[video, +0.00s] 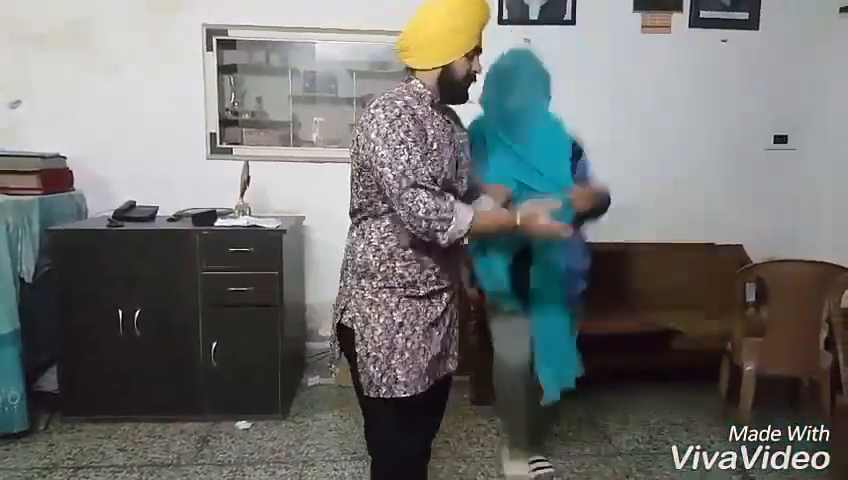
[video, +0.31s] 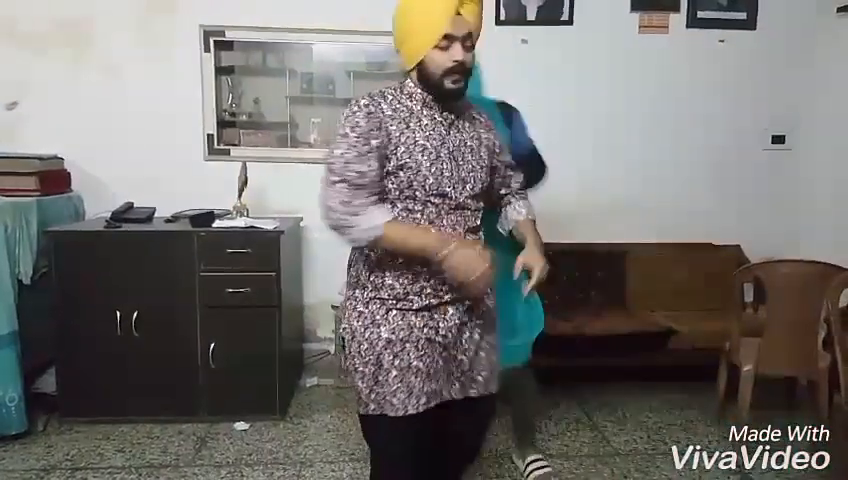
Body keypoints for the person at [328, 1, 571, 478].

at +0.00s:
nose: (479, 68)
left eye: (479, 56)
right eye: (473, 55)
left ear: (442, 57)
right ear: (444, 56)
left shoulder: (452, 126)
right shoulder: (391, 114)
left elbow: (454, 195)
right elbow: (419, 211)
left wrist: (489, 199)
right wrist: (512, 222)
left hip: (434, 298)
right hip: (385, 303)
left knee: (419, 442)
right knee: (398, 451)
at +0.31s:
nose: (461, 55)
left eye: (469, 43)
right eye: (447, 42)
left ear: (476, 47)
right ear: (415, 44)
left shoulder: (480, 123)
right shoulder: (373, 115)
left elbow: (509, 191)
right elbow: (343, 208)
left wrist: (532, 243)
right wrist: (443, 245)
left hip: (470, 323)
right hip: (394, 323)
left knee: (457, 456)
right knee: (402, 463)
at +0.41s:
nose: (447, 53)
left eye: (458, 40)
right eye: (431, 40)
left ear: (472, 48)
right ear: (409, 48)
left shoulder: (488, 121)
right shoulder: (374, 116)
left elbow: (522, 187)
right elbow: (313, 200)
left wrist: (531, 255)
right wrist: (381, 281)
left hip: (476, 319)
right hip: (390, 324)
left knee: (496, 443)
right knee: (397, 465)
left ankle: (451, 474)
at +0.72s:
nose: (438, 50)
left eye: (453, 34)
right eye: (429, 38)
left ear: (489, 38)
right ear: (420, 45)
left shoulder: (538, 117)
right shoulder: (397, 116)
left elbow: (596, 187)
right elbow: (328, 190)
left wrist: (564, 276)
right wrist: (366, 280)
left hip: (511, 338)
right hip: (413, 337)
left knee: (531, 472)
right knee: (405, 473)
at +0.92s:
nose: (455, 49)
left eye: (467, 33)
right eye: (452, 35)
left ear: (514, 33)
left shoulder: (581, 116)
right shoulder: (439, 113)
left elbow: (661, 199)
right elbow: (382, 186)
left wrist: (606, 291)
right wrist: (406, 274)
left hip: (545, 345)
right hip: (448, 341)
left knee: (549, 472)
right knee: (433, 471)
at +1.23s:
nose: (477, 44)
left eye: (487, 29)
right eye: (478, 30)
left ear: (533, 33)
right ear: (525, 34)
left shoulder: (605, 114)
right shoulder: (489, 109)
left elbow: (690, 219)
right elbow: (457, 178)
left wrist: (623, 310)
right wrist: (447, 246)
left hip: (564, 347)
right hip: (476, 337)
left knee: (566, 472)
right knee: (463, 471)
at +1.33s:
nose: (475, 47)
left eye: (483, 32)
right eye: (477, 32)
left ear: (526, 33)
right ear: (521, 35)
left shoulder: (598, 115)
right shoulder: (498, 108)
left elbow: (680, 222)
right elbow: (473, 167)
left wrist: (616, 314)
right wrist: (451, 191)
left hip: (563, 349)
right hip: (480, 339)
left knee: (566, 471)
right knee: (470, 470)